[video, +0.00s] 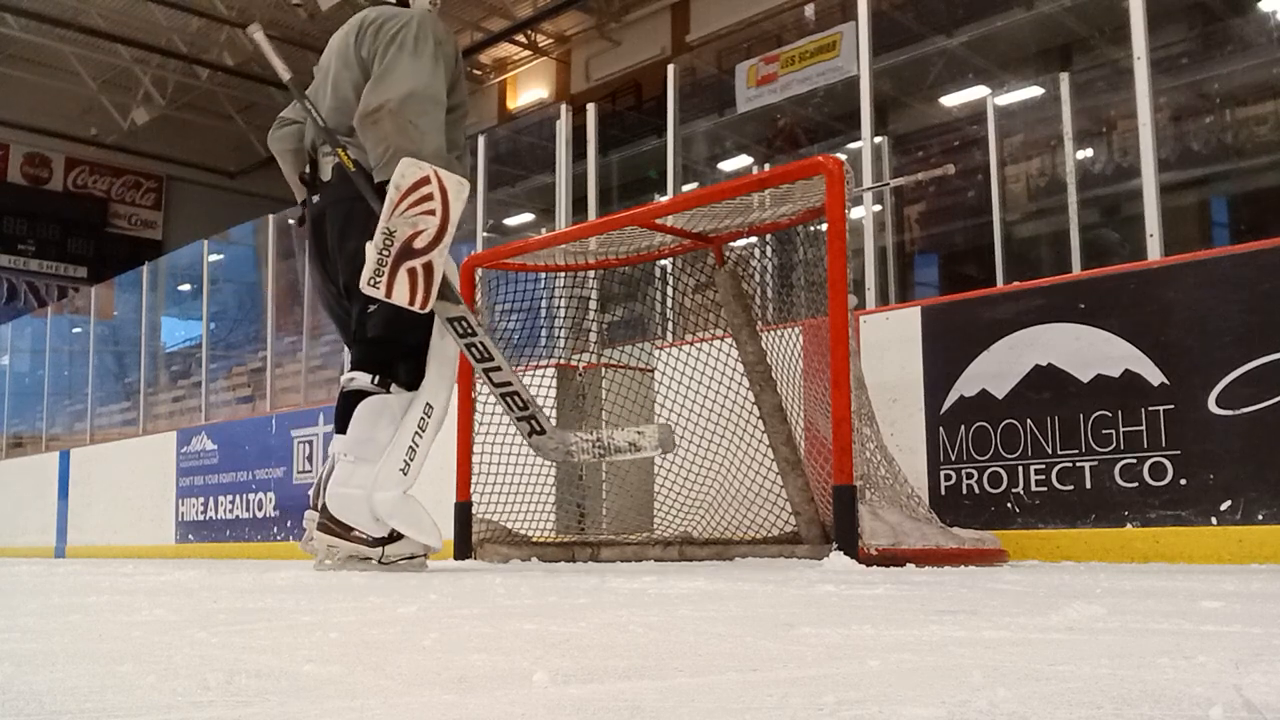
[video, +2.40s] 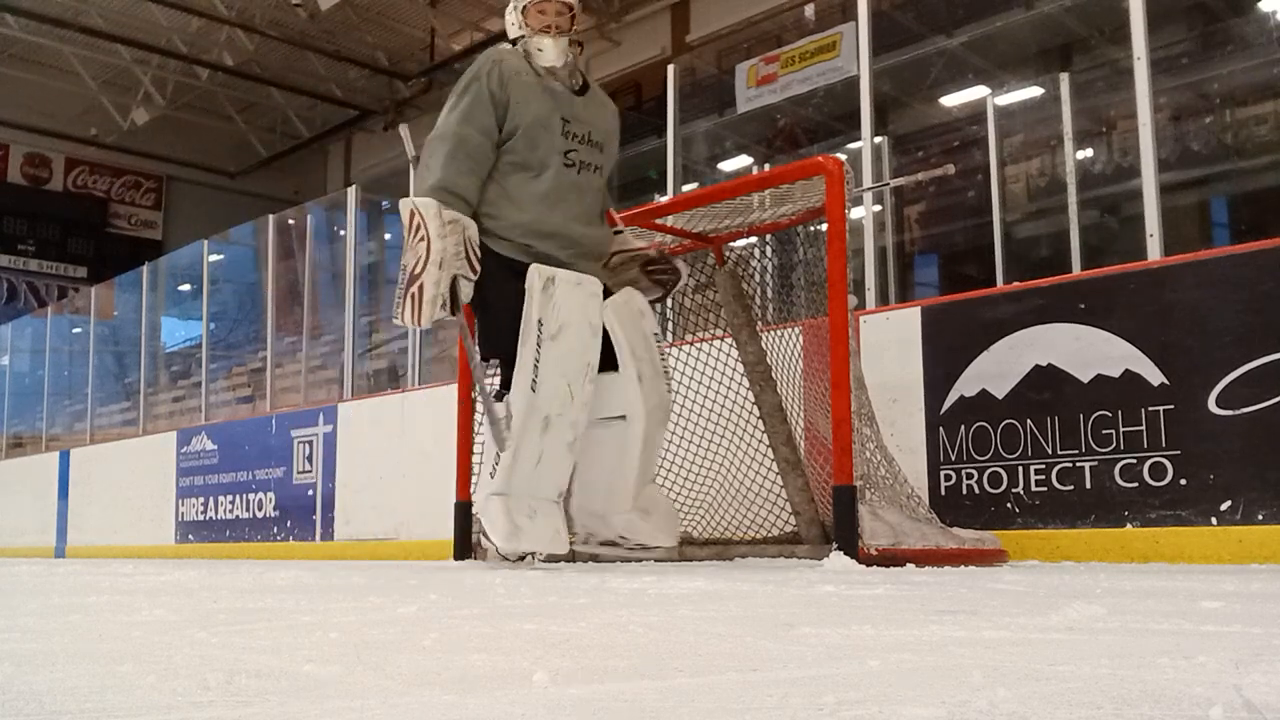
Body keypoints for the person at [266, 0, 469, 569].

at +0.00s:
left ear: (377, 1)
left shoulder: (344, 46)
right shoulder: (412, 24)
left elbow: (288, 131)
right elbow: (396, 120)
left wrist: (317, 190)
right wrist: (425, 226)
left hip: (330, 214)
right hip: (375, 207)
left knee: (370, 357)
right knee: (403, 358)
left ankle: (345, 513)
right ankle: (354, 506)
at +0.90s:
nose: (452, 16)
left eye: (451, 11)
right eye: (448, 10)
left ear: (392, 17)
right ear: (428, 13)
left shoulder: (358, 76)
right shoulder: (421, 45)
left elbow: (308, 142)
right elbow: (395, 117)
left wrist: (331, 199)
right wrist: (432, 219)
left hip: (353, 229)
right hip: (398, 223)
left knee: (383, 371)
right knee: (436, 373)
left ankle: (355, 513)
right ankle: (366, 507)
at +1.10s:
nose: (463, 38)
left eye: (465, 31)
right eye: (455, 27)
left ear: (417, 26)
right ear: (427, 22)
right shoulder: (423, 56)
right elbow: (383, 126)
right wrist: (416, 234)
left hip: (377, 236)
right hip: (395, 230)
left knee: (395, 374)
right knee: (423, 373)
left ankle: (368, 510)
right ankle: (371, 504)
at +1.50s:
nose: (501, 55)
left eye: (505, 48)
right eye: (492, 44)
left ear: (502, 55)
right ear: (462, 43)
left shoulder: (476, 108)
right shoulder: (442, 79)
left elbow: (461, 194)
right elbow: (385, 144)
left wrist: (491, 255)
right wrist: (382, 241)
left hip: (449, 259)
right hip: (439, 255)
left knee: (430, 389)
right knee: (469, 382)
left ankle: (395, 513)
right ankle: (445, 514)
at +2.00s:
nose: (525, 32)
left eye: (535, 24)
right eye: (515, 23)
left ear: (548, 35)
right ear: (499, 31)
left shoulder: (549, 110)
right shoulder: (478, 77)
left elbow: (540, 192)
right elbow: (428, 148)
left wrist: (541, 260)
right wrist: (409, 236)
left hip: (525, 267)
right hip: (469, 257)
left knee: (510, 397)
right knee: (492, 396)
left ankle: (458, 525)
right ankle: (474, 526)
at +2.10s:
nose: (533, 29)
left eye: (542, 22)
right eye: (522, 19)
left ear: (553, 34)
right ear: (503, 28)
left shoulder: (565, 113)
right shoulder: (483, 73)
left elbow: (562, 190)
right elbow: (438, 139)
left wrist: (553, 246)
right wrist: (422, 218)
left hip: (545, 268)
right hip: (482, 255)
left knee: (542, 396)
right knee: (501, 390)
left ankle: (519, 527)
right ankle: (480, 524)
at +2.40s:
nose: (554, 13)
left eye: (563, 7)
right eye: (540, 6)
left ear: (578, 20)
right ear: (518, 18)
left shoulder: (603, 108)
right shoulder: (498, 70)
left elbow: (591, 208)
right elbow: (455, 154)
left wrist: (622, 256)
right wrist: (438, 239)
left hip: (585, 274)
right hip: (510, 261)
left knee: (617, 391)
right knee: (527, 398)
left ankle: (606, 521)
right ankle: (524, 529)